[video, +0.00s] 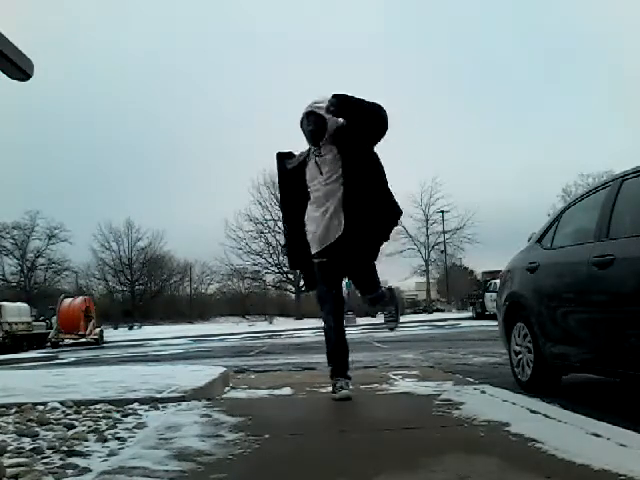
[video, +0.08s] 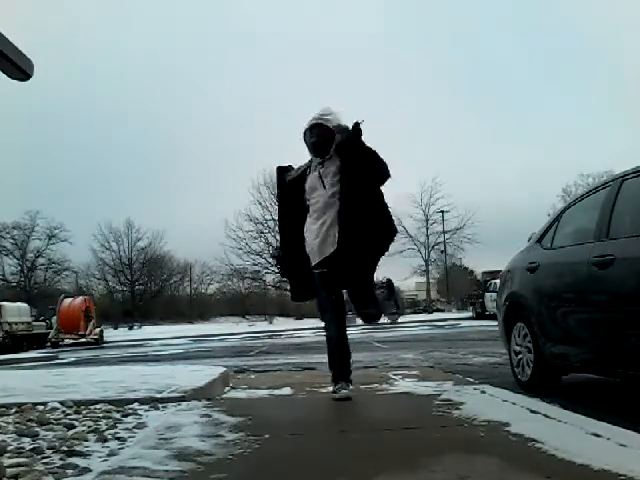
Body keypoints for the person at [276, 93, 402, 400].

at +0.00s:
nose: (309, 127)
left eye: (315, 121)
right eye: (305, 122)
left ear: (328, 123)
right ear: (301, 129)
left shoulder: (350, 143)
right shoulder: (297, 167)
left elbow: (378, 119)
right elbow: (292, 219)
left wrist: (341, 104)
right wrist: (298, 262)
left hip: (356, 237)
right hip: (320, 249)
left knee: (370, 296)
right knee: (332, 315)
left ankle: (388, 303)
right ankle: (339, 378)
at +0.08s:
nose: (314, 140)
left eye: (320, 134)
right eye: (310, 135)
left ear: (336, 135)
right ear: (306, 140)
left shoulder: (351, 160)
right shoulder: (301, 176)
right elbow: (292, 222)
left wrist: (354, 145)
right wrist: (289, 256)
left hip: (352, 249)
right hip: (319, 257)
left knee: (368, 313)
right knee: (332, 320)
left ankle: (384, 294)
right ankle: (341, 380)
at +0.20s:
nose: (330, 150)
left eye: (335, 144)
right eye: (324, 144)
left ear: (345, 146)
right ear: (314, 148)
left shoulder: (360, 177)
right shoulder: (302, 181)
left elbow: (382, 221)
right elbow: (284, 218)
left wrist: (370, 214)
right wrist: (275, 199)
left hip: (356, 260)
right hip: (320, 264)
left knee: (360, 303)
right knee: (334, 325)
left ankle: (383, 316)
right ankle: (341, 381)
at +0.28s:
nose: (343, 134)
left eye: (347, 128)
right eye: (337, 128)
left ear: (352, 131)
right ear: (322, 130)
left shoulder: (363, 164)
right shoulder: (303, 160)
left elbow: (385, 202)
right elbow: (270, 169)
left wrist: (381, 230)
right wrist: (278, 139)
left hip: (353, 247)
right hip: (319, 250)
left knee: (356, 298)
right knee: (333, 315)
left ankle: (376, 346)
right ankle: (340, 377)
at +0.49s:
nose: (349, 130)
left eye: (354, 124)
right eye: (344, 124)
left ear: (359, 126)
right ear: (328, 124)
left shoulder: (369, 159)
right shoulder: (311, 146)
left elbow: (378, 208)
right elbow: (281, 150)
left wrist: (384, 253)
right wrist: (294, 108)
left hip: (354, 244)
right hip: (319, 242)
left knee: (344, 310)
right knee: (320, 304)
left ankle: (340, 378)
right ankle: (321, 346)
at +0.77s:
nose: (355, 127)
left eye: (361, 121)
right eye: (350, 119)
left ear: (366, 124)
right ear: (336, 118)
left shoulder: (371, 160)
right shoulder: (310, 143)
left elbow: (379, 208)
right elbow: (279, 121)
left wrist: (384, 248)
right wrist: (307, 93)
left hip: (358, 243)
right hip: (320, 240)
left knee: (350, 307)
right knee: (302, 295)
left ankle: (343, 374)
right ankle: (326, 309)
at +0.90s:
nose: (353, 129)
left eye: (358, 124)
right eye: (347, 123)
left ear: (365, 127)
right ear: (333, 124)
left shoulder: (377, 167)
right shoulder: (317, 146)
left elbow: (382, 218)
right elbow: (281, 153)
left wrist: (386, 258)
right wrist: (307, 116)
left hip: (357, 246)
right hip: (320, 240)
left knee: (354, 312)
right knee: (297, 299)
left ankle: (349, 379)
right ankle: (313, 294)